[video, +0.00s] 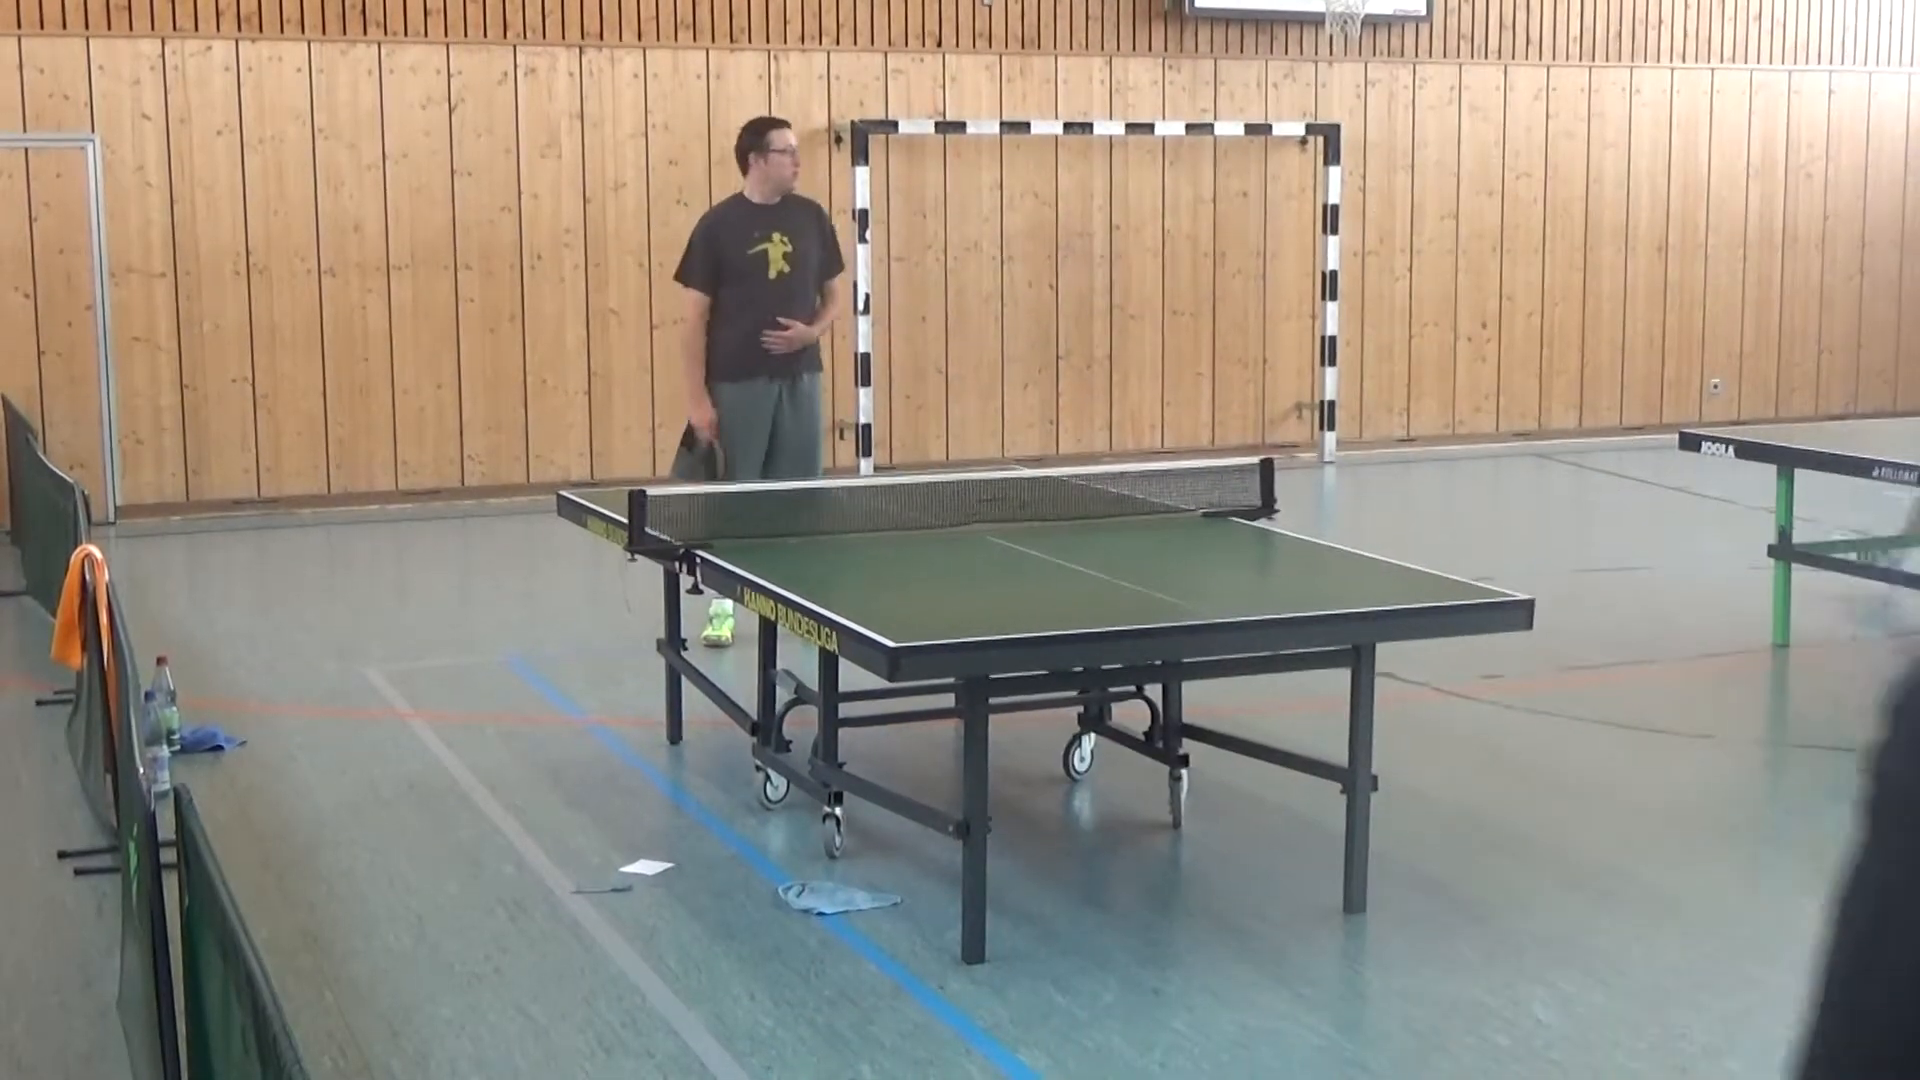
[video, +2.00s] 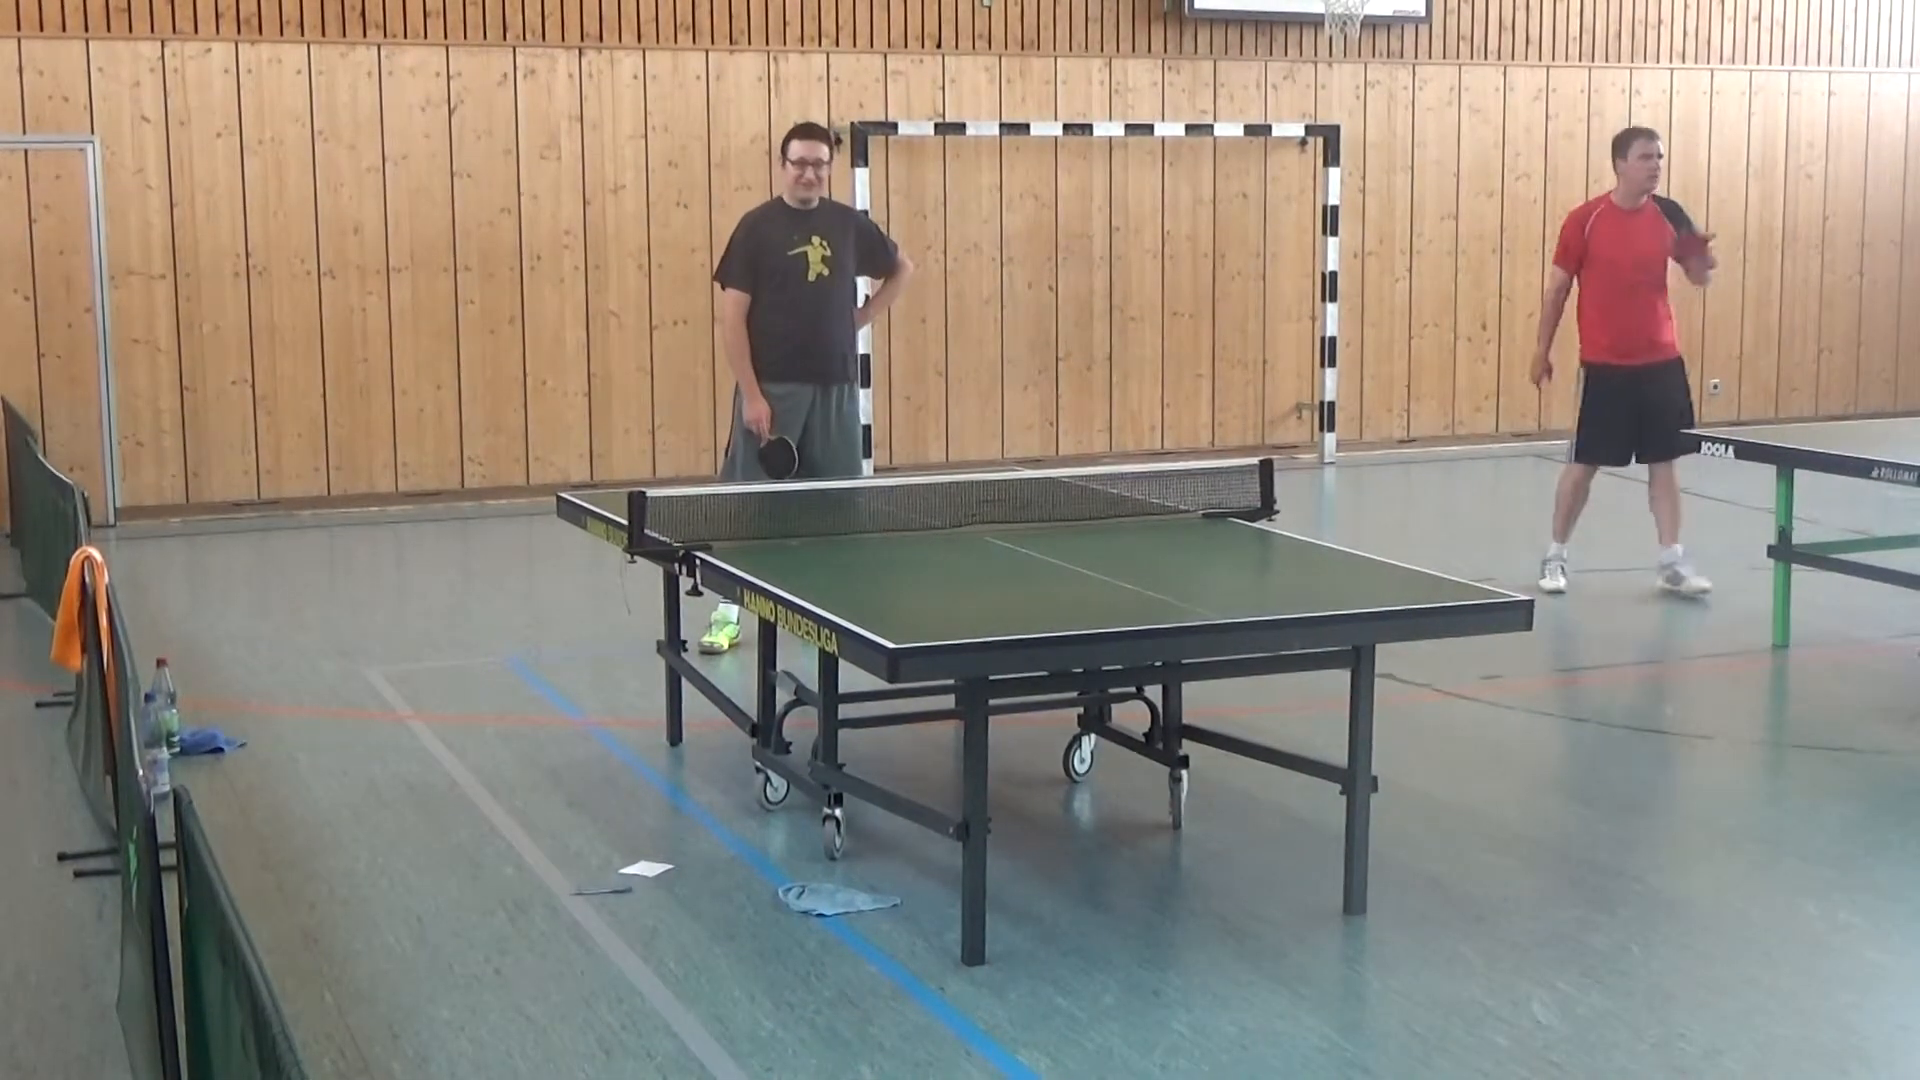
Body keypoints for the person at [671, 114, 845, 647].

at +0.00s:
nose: (796, 161)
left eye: (796, 152)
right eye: (785, 152)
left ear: (790, 159)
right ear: (753, 160)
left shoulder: (812, 217)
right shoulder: (717, 225)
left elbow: (836, 292)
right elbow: (693, 319)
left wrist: (814, 330)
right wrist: (697, 398)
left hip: (801, 382)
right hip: (738, 385)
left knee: (798, 499)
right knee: (731, 501)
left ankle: (795, 603)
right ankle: (722, 603)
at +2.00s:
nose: (808, 173)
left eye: (818, 164)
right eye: (799, 163)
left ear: (830, 168)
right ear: (782, 165)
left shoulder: (851, 224)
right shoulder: (754, 228)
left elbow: (900, 268)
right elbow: (731, 318)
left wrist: (864, 315)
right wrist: (750, 393)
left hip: (835, 392)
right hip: (768, 392)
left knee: (841, 510)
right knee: (745, 506)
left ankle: (842, 613)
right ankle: (729, 608)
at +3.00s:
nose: (809, 172)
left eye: (818, 163)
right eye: (800, 163)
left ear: (831, 166)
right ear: (784, 165)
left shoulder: (853, 224)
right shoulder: (754, 227)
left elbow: (903, 271)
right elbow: (720, 308)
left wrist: (867, 314)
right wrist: (760, 320)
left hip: (835, 388)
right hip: (768, 389)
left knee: (835, 506)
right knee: (748, 502)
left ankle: (833, 612)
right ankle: (729, 607)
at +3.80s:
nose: (809, 172)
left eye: (818, 163)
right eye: (800, 163)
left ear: (833, 166)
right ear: (786, 167)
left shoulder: (858, 225)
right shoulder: (760, 226)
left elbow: (918, 272)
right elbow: (720, 312)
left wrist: (875, 316)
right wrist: (744, 293)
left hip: (837, 389)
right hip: (767, 388)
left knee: (842, 509)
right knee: (735, 498)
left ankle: (843, 615)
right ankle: (727, 606)